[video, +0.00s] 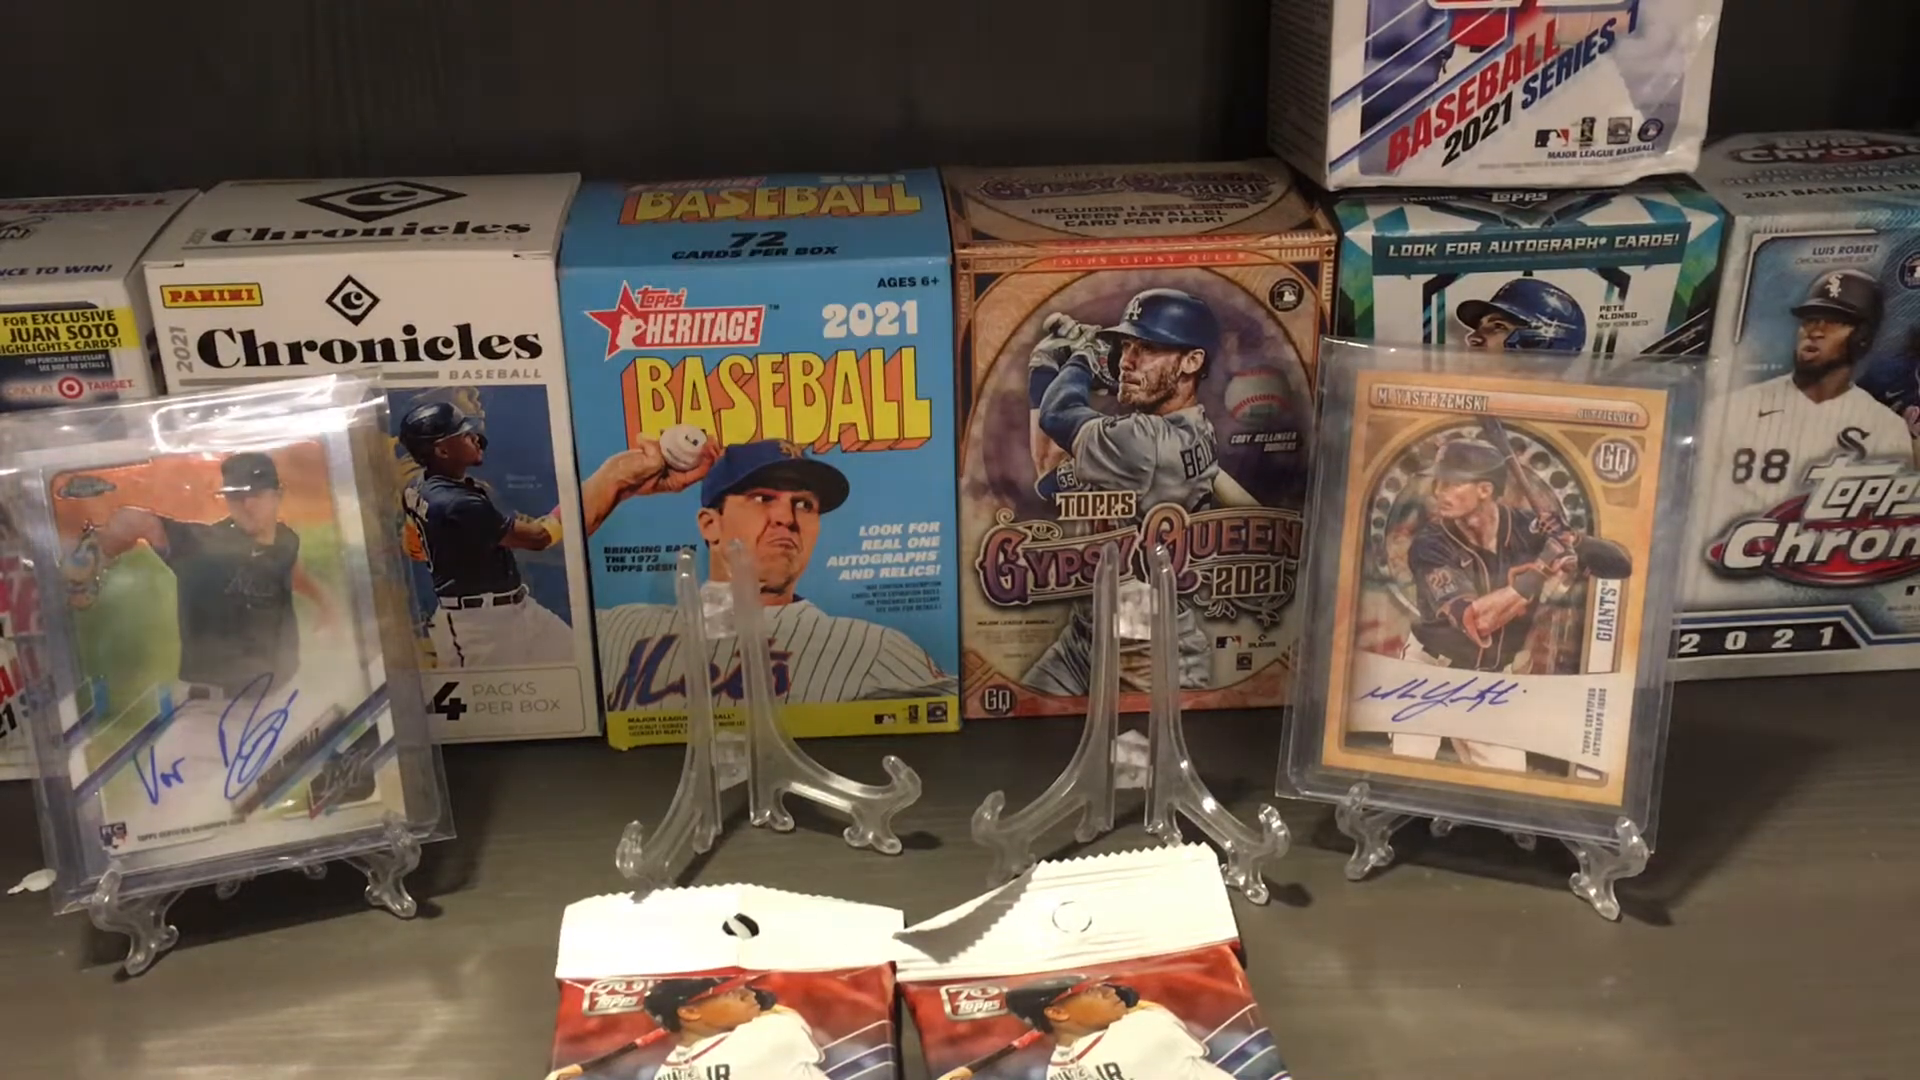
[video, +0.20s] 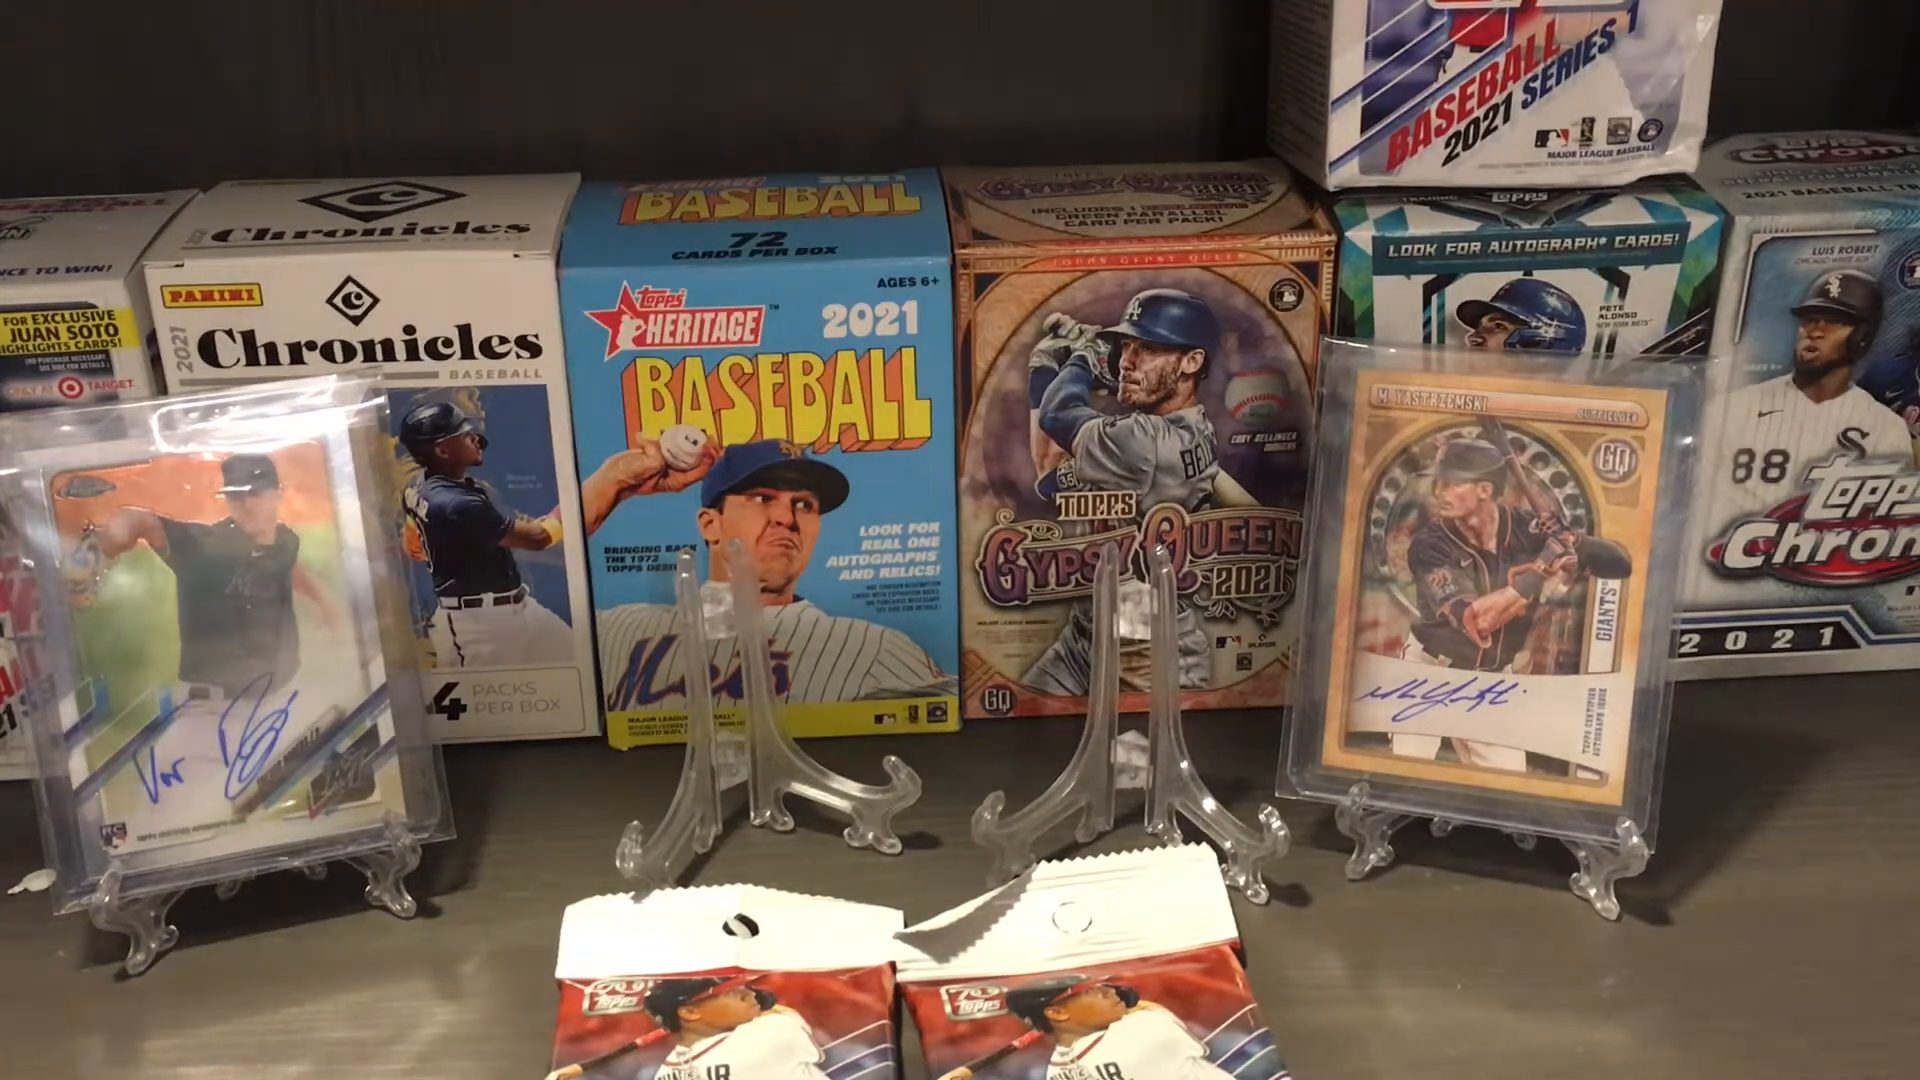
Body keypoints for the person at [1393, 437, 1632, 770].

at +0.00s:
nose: (1439, 492)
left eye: (1452, 485)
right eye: (1438, 483)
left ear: (1484, 491)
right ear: (1434, 484)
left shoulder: (1527, 528)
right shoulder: (1430, 541)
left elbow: (1621, 564)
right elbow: (1473, 622)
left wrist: (1572, 546)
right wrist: (1538, 572)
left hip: (1496, 676)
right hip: (1430, 668)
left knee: (1509, 787)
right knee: (1412, 769)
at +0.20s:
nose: (1439, 492)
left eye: (1451, 485)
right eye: (1439, 483)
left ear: (1484, 491)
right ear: (1436, 485)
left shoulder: (1526, 529)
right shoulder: (1430, 540)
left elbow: (1622, 564)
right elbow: (1473, 622)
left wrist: (1574, 547)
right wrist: (1536, 576)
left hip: (1495, 677)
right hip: (1429, 669)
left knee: (1509, 788)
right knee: (1411, 772)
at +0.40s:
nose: (1439, 492)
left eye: (1452, 484)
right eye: (1439, 483)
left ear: (1484, 491)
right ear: (1435, 485)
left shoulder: (1526, 528)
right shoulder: (1430, 540)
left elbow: (1622, 564)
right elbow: (1472, 621)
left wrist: (1574, 547)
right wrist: (1535, 576)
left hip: (1494, 677)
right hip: (1429, 669)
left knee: (1509, 788)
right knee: (1412, 771)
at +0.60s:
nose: (1439, 492)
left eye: (1451, 484)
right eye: (1439, 483)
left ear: (1484, 491)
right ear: (1436, 485)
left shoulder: (1526, 529)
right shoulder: (1430, 540)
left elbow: (1621, 563)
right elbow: (1473, 622)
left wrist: (1573, 547)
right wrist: (1536, 574)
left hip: (1495, 677)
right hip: (1429, 669)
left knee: (1509, 788)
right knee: (1411, 772)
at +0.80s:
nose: (1439, 492)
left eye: (1451, 484)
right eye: (1438, 483)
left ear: (1484, 491)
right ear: (1434, 486)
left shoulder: (1527, 529)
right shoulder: (1430, 541)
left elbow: (1622, 563)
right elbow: (1472, 621)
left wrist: (1574, 550)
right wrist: (1537, 574)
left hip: (1496, 677)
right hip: (1429, 669)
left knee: (1509, 786)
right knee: (1411, 772)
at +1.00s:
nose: (1439, 492)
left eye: (1451, 484)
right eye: (1438, 483)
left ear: (1484, 491)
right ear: (1435, 486)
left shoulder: (1527, 529)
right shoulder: (1430, 541)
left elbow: (1622, 563)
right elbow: (1472, 621)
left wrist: (1574, 551)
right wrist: (1537, 574)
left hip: (1496, 677)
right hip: (1430, 670)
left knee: (1509, 786)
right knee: (1411, 773)